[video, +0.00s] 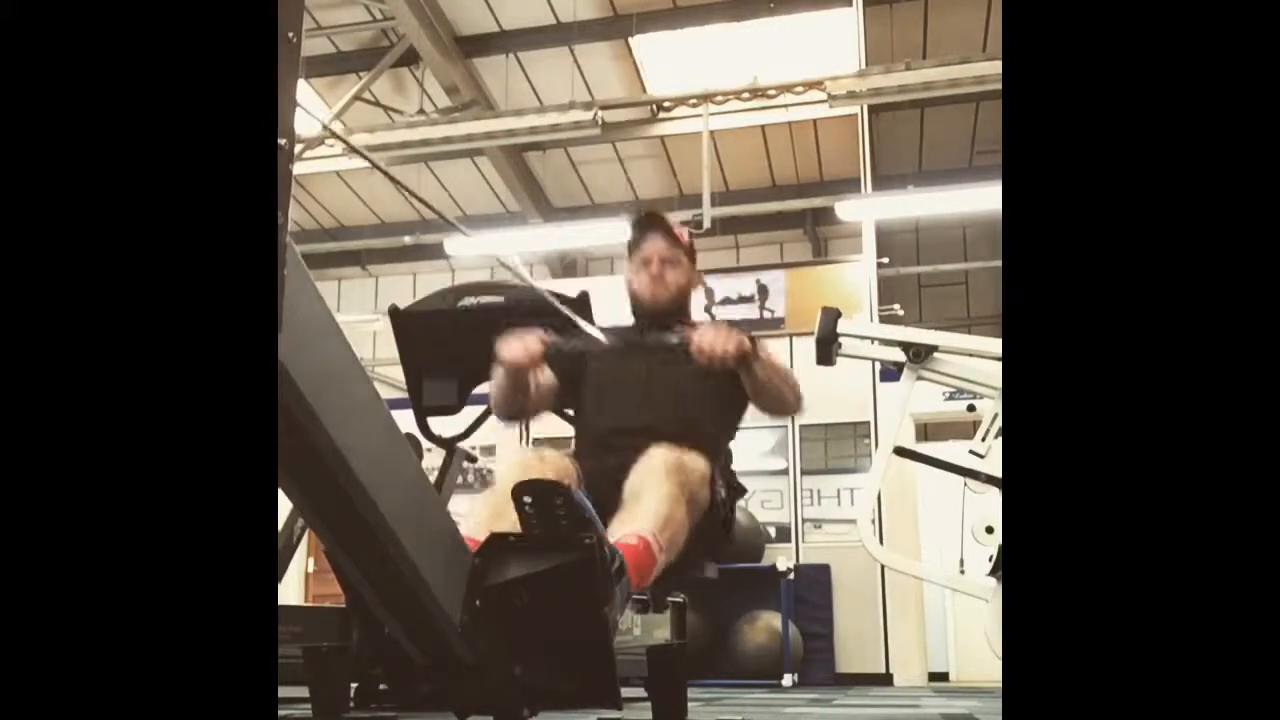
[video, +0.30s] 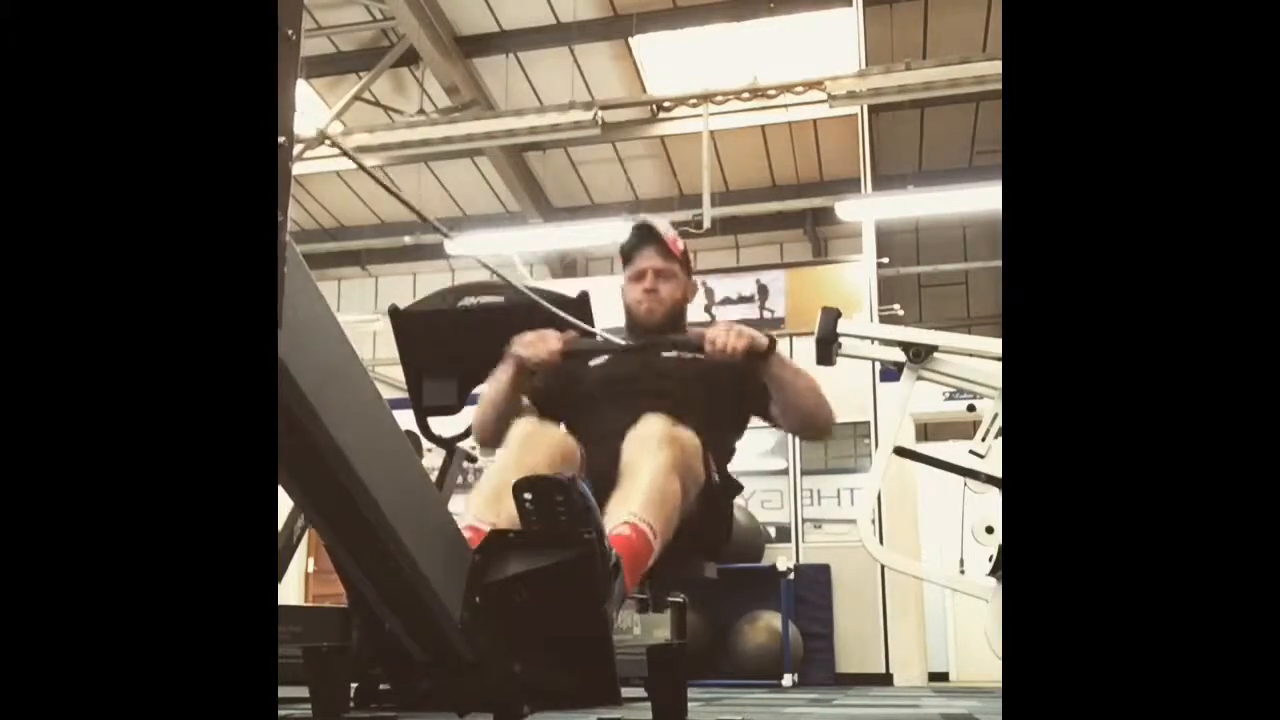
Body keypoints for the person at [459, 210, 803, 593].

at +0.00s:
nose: (655, 272)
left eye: (670, 262)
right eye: (643, 263)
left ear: (694, 277)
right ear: (627, 276)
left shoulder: (724, 345)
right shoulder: (594, 349)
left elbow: (787, 404)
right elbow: (511, 409)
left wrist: (747, 356)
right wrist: (513, 367)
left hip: (691, 488)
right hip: (592, 484)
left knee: (666, 462)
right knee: (533, 464)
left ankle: (609, 582)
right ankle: (470, 567)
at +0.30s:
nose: (649, 285)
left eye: (664, 276)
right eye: (638, 277)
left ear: (690, 289)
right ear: (623, 290)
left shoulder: (723, 355)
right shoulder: (579, 356)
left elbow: (817, 423)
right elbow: (487, 437)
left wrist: (764, 355)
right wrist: (513, 364)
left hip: (689, 504)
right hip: (579, 495)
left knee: (657, 434)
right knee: (534, 435)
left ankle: (613, 571)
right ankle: (468, 553)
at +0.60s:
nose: (600, 159)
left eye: (618, 149)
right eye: (586, 152)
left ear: (650, 169)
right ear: (569, 178)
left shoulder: (696, 253)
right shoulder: (520, 276)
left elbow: (741, 314)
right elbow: (447, 329)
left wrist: (697, 287)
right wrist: (390, 321)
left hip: (669, 489)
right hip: (549, 489)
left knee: (650, 341)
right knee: (487, 339)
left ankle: (606, 556)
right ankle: (441, 559)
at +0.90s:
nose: (624, 185)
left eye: (640, 175)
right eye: (610, 177)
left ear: (668, 194)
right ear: (593, 200)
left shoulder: (704, 268)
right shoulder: (562, 274)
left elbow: (746, 336)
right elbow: (485, 340)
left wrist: (705, 300)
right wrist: (442, 321)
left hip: (674, 472)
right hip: (559, 469)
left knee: (666, 390)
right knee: (514, 394)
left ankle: (610, 572)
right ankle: (451, 557)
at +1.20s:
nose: (656, 307)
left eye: (671, 298)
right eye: (646, 298)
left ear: (695, 311)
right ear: (633, 308)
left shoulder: (728, 374)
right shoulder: (596, 372)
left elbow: (818, 447)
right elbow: (511, 447)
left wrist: (766, 378)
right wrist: (537, 384)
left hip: (694, 499)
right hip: (597, 488)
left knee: (660, 466)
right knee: (549, 473)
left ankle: (611, 581)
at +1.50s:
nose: (639, 246)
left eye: (654, 235)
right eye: (628, 235)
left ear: (680, 250)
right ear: (612, 251)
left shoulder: (717, 329)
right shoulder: (571, 332)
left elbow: (809, 383)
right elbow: (468, 407)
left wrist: (753, 326)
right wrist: (473, 344)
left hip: (681, 501)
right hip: (568, 492)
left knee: (654, 391)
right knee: (521, 395)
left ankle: (606, 567)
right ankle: (458, 553)